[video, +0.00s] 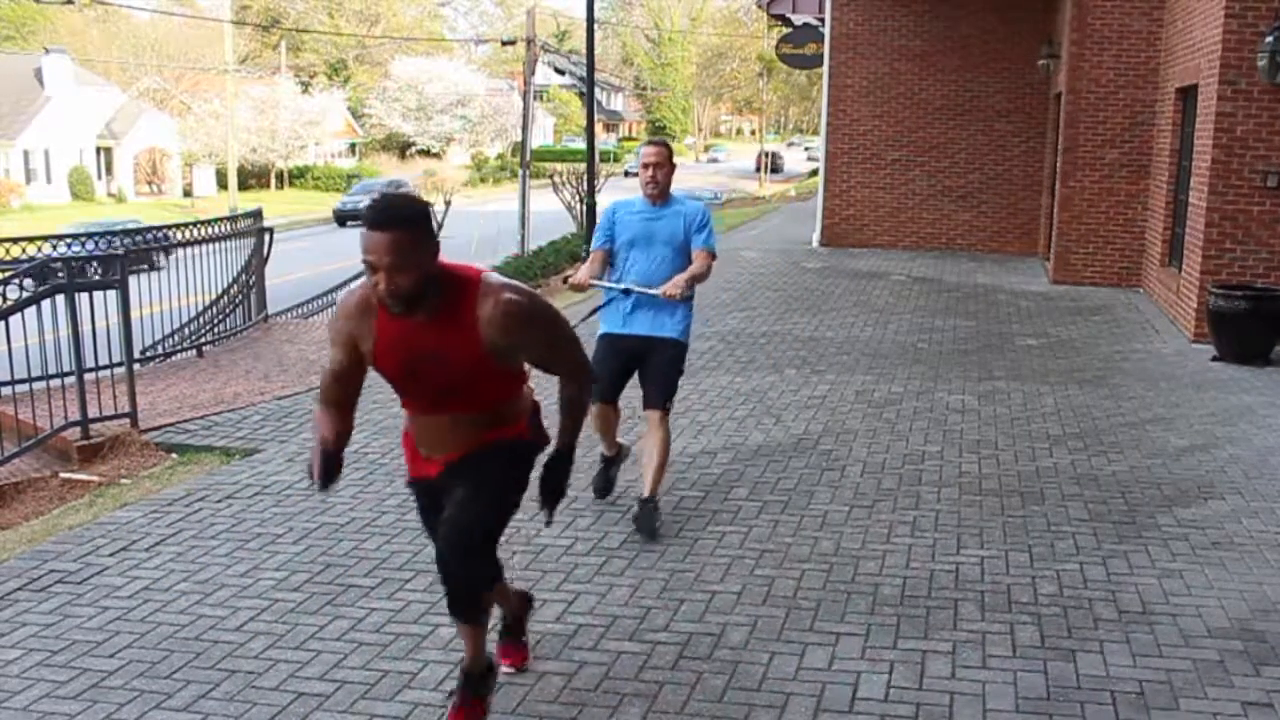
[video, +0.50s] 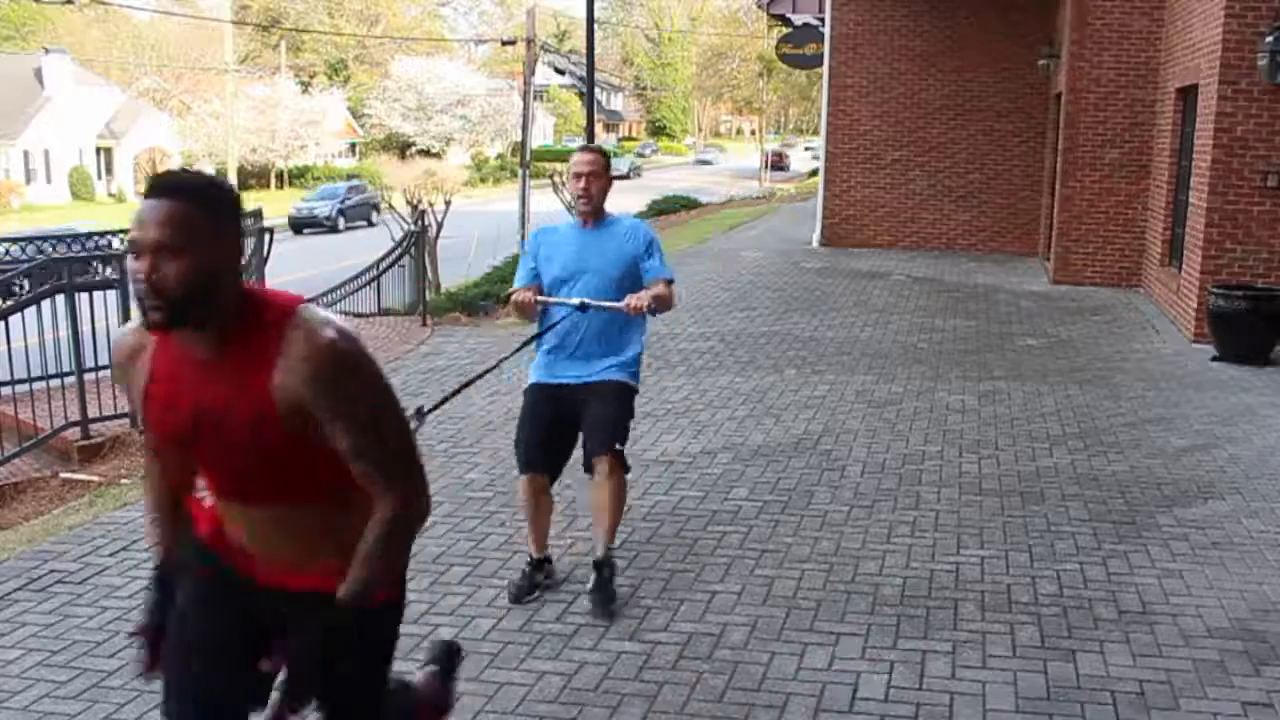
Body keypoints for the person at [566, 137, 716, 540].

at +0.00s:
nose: (652, 174)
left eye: (659, 167)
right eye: (646, 167)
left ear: (673, 170)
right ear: (637, 170)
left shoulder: (693, 213)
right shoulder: (615, 213)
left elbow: (704, 262)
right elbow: (597, 258)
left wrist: (684, 278)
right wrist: (587, 272)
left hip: (666, 328)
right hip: (618, 324)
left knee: (656, 412)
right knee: (600, 398)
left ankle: (648, 501)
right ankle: (611, 453)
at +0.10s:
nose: (647, 178)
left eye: (655, 170)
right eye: (641, 171)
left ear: (668, 174)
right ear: (631, 175)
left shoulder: (689, 221)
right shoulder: (609, 220)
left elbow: (700, 273)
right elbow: (590, 272)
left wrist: (673, 285)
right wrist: (575, 280)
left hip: (659, 338)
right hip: (609, 332)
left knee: (650, 420)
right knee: (591, 407)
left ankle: (644, 508)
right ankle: (594, 475)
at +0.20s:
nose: (639, 180)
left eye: (647, 172)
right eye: (632, 172)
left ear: (662, 176)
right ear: (623, 177)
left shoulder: (685, 225)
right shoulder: (602, 223)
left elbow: (695, 281)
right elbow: (585, 275)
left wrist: (669, 289)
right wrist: (570, 285)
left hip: (656, 340)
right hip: (603, 336)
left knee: (645, 420)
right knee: (581, 416)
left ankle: (643, 509)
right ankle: (574, 504)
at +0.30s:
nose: (625, 181)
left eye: (633, 173)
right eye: (619, 173)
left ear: (649, 176)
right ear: (610, 178)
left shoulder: (674, 225)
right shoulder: (589, 226)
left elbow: (689, 284)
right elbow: (577, 279)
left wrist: (666, 292)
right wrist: (563, 288)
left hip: (647, 348)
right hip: (593, 344)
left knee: (638, 433)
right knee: (569, 430)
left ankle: (640, 512)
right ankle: (551, 525)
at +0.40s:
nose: (604, 183)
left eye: (613, 175)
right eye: (598, 175)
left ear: (629, 179)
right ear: (588, 180)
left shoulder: (652, 228)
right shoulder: (566, 233)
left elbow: (682, 284)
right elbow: (552, 294)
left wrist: (663, 291)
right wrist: (547, 298)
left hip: (627, 356)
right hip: (573, 356)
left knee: (624, 439)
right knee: (557, 456)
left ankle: (635, 506)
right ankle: (541, 555)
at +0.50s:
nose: (584, 185)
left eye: (593, 176)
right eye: (577, 176)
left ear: (609, 182)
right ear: (567, 182)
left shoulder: (636, 235)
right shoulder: (541, 239)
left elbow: (666, 293)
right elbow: (523, 305)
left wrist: (648, 296)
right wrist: (523, 299)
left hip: (610, 369)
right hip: (552, 368)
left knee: (605, 458)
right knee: (533, 469)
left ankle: (603, 565)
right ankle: (538, 562)